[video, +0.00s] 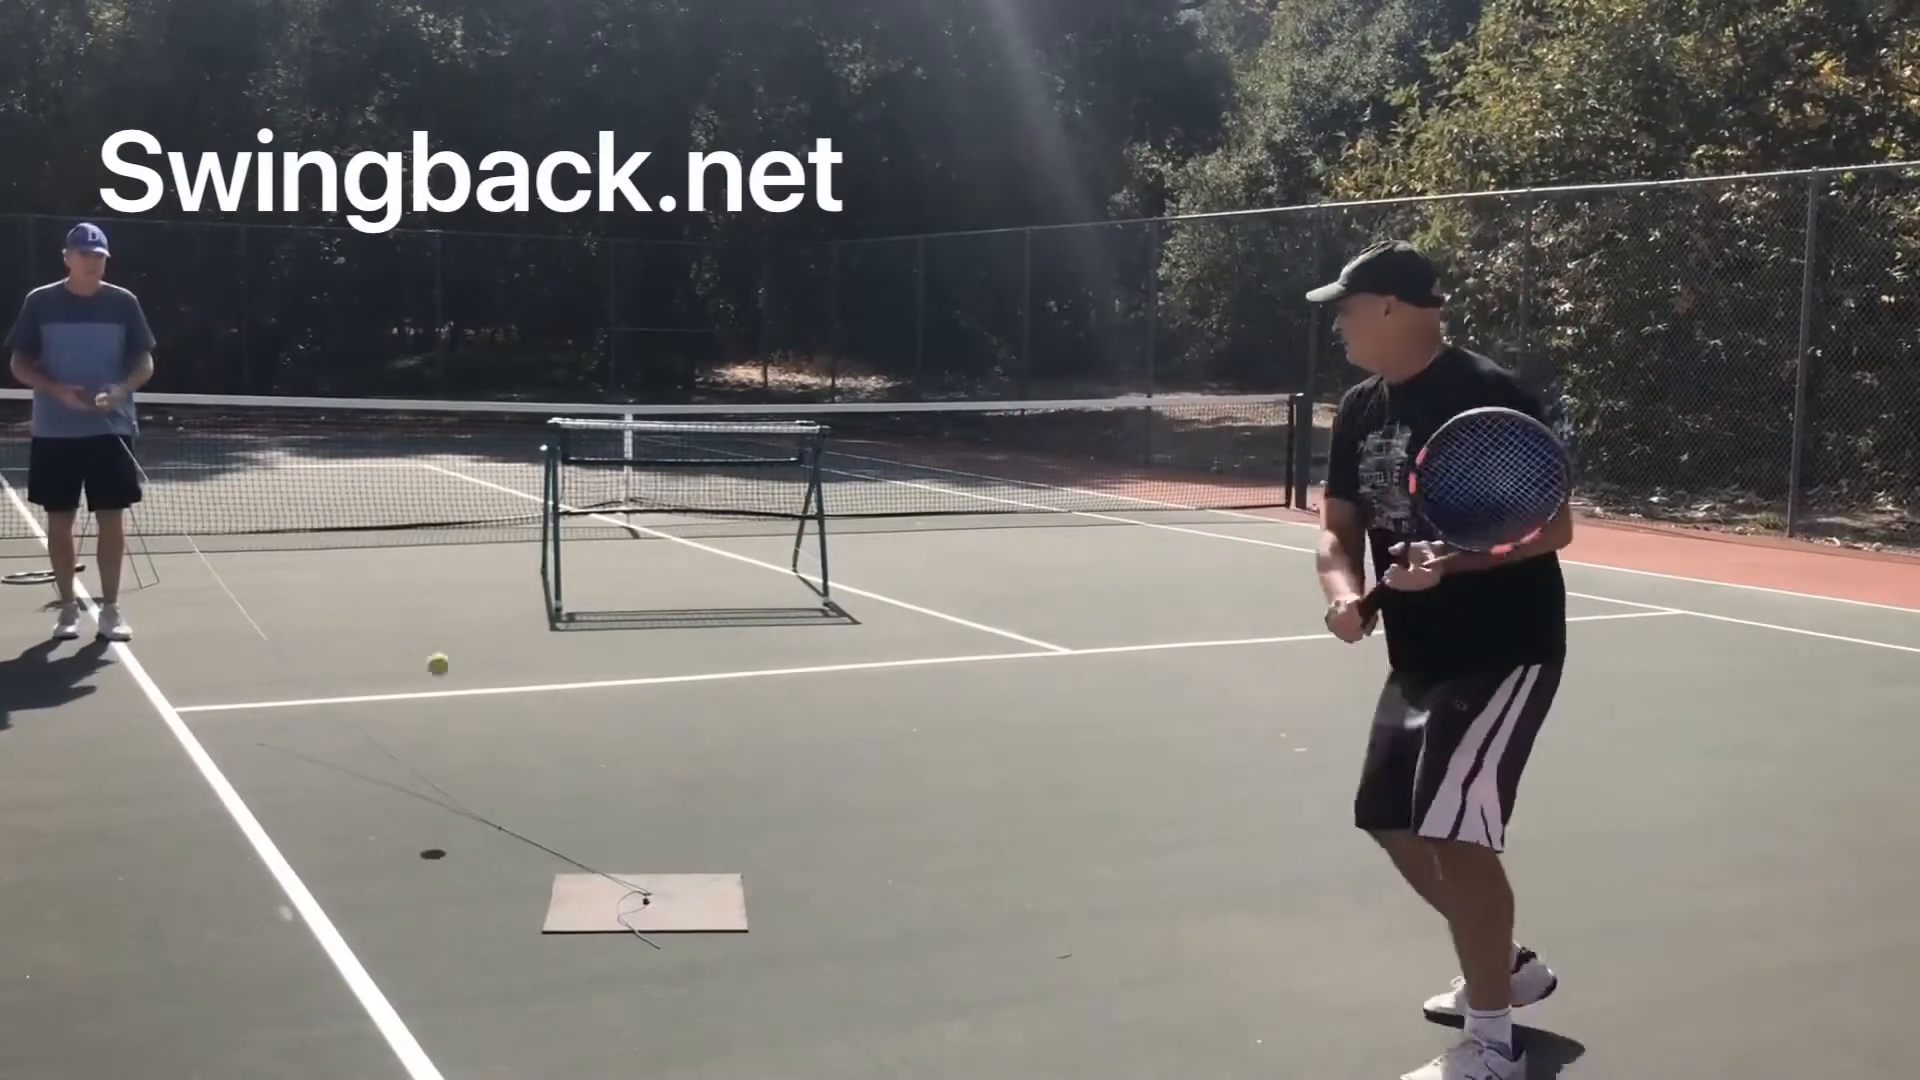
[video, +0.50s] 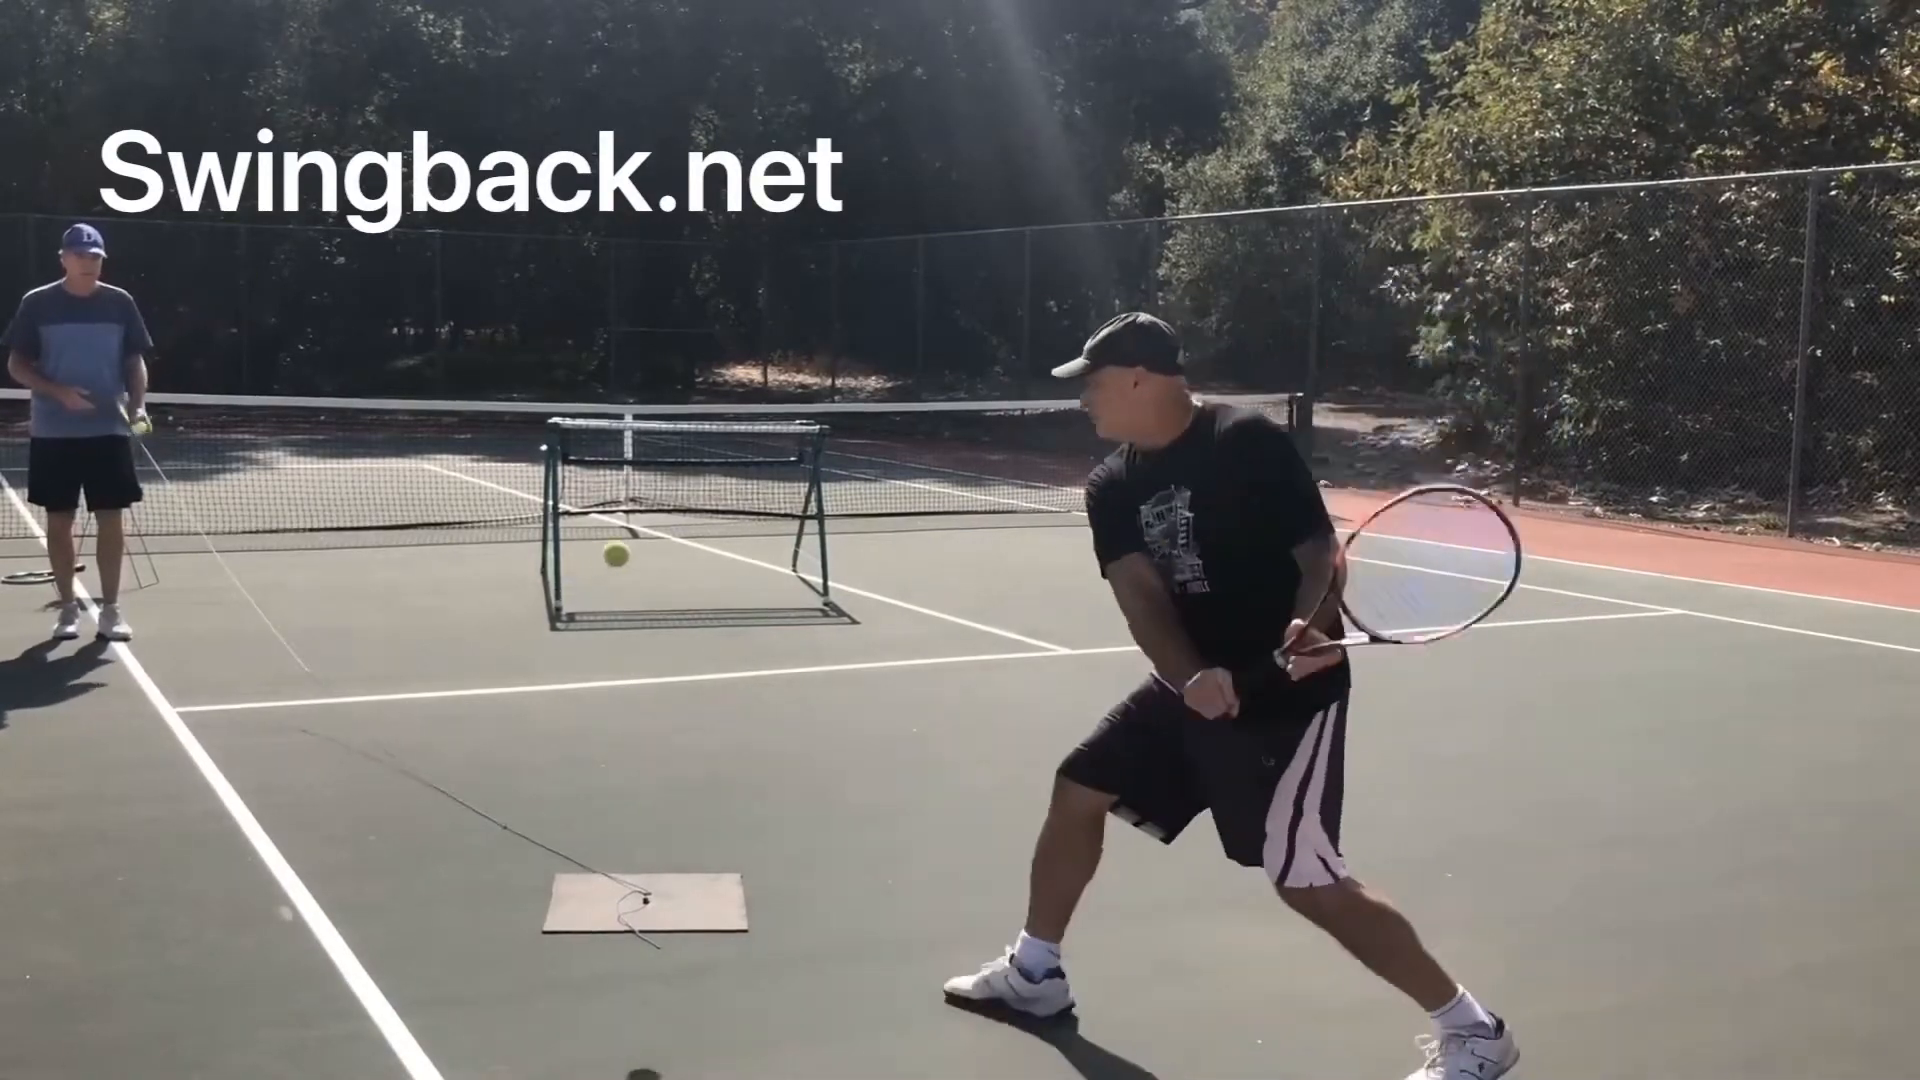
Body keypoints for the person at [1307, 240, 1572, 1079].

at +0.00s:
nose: (1338, 325)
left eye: (1350, 310)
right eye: (1340, 312)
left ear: (1400, 312)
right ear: (1385, 316)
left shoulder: (1501, 399)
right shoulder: (1361, 411)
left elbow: (1552, 528)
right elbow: (1338, 533)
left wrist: (1451, 562)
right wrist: (1344, 589)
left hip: (1507, 651)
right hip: (1421, 654)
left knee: (1455, 826)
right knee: (1392, 816)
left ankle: (1492, 1046)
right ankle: (1509, 968)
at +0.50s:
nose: (1084, 402)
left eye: (1095, 385)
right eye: (1084, 387)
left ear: (1147, 379)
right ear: (1131, 385)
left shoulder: (1252, 443)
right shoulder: (1113, 485)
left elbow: (1322, 556)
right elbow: (1138, 595)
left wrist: (1309, 624)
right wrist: (1189, 674)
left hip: (1291, 687)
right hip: (1195, 684)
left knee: (1304, 875)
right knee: (1081, 785)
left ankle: (1471, 1029)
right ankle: (1035, 968)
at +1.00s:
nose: (1009, 409)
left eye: (1011, 393)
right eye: (1008, 394)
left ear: (1044, 388)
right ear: (1084, 379)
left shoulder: (1060, 497)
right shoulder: (1170, 408)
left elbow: (1080, 655)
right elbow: (1297, 325)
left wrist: (1090, 793)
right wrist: (1408, 260)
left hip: (1202, 687)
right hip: (1236, 652)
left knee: (1131, 875)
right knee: (1081, 794)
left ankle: (1271, 1046)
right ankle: (1036, 966)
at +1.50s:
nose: (1227, 321)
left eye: (1231, 308)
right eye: (1230, 307)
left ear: (1252, 314)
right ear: (1307, 313)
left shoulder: (1235, 418)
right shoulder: (1379, 396)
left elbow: (1221, 567)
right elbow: (1464, 512)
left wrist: (1173, 635)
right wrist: (1440, 545)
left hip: (1293, 668)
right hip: (1391, 656)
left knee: (1262, 850)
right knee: (1382, 815)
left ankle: (1291, 1061)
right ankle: (1480, 989)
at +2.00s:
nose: (1230, 312)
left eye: (1238, 300)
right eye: (1234, 299)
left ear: (1269, 309)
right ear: (1309, 311)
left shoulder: (1259, 403)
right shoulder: (1361, 392)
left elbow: (1260, 544)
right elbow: (1359, 528)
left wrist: (1208, 577)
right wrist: (1259, 584)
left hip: (1298, 646)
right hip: (1379, 642)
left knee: (1214, 785)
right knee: (1354, 800)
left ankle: (1236, 994)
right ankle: (1418, 941)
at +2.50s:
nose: (1171, 326)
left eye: (1181, 312)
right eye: (1174, 313)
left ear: (1223, 317)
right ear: (1217, 319)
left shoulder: (1297, 399)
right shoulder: (1205, 402)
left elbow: (1351, 520)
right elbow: (1194, 514)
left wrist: (1252, 569)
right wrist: (1187, 587)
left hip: (1338, 629)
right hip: (1277, 626)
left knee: (1299, 793)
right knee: (1251, 769)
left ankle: (1373, 977)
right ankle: (1334, 925)